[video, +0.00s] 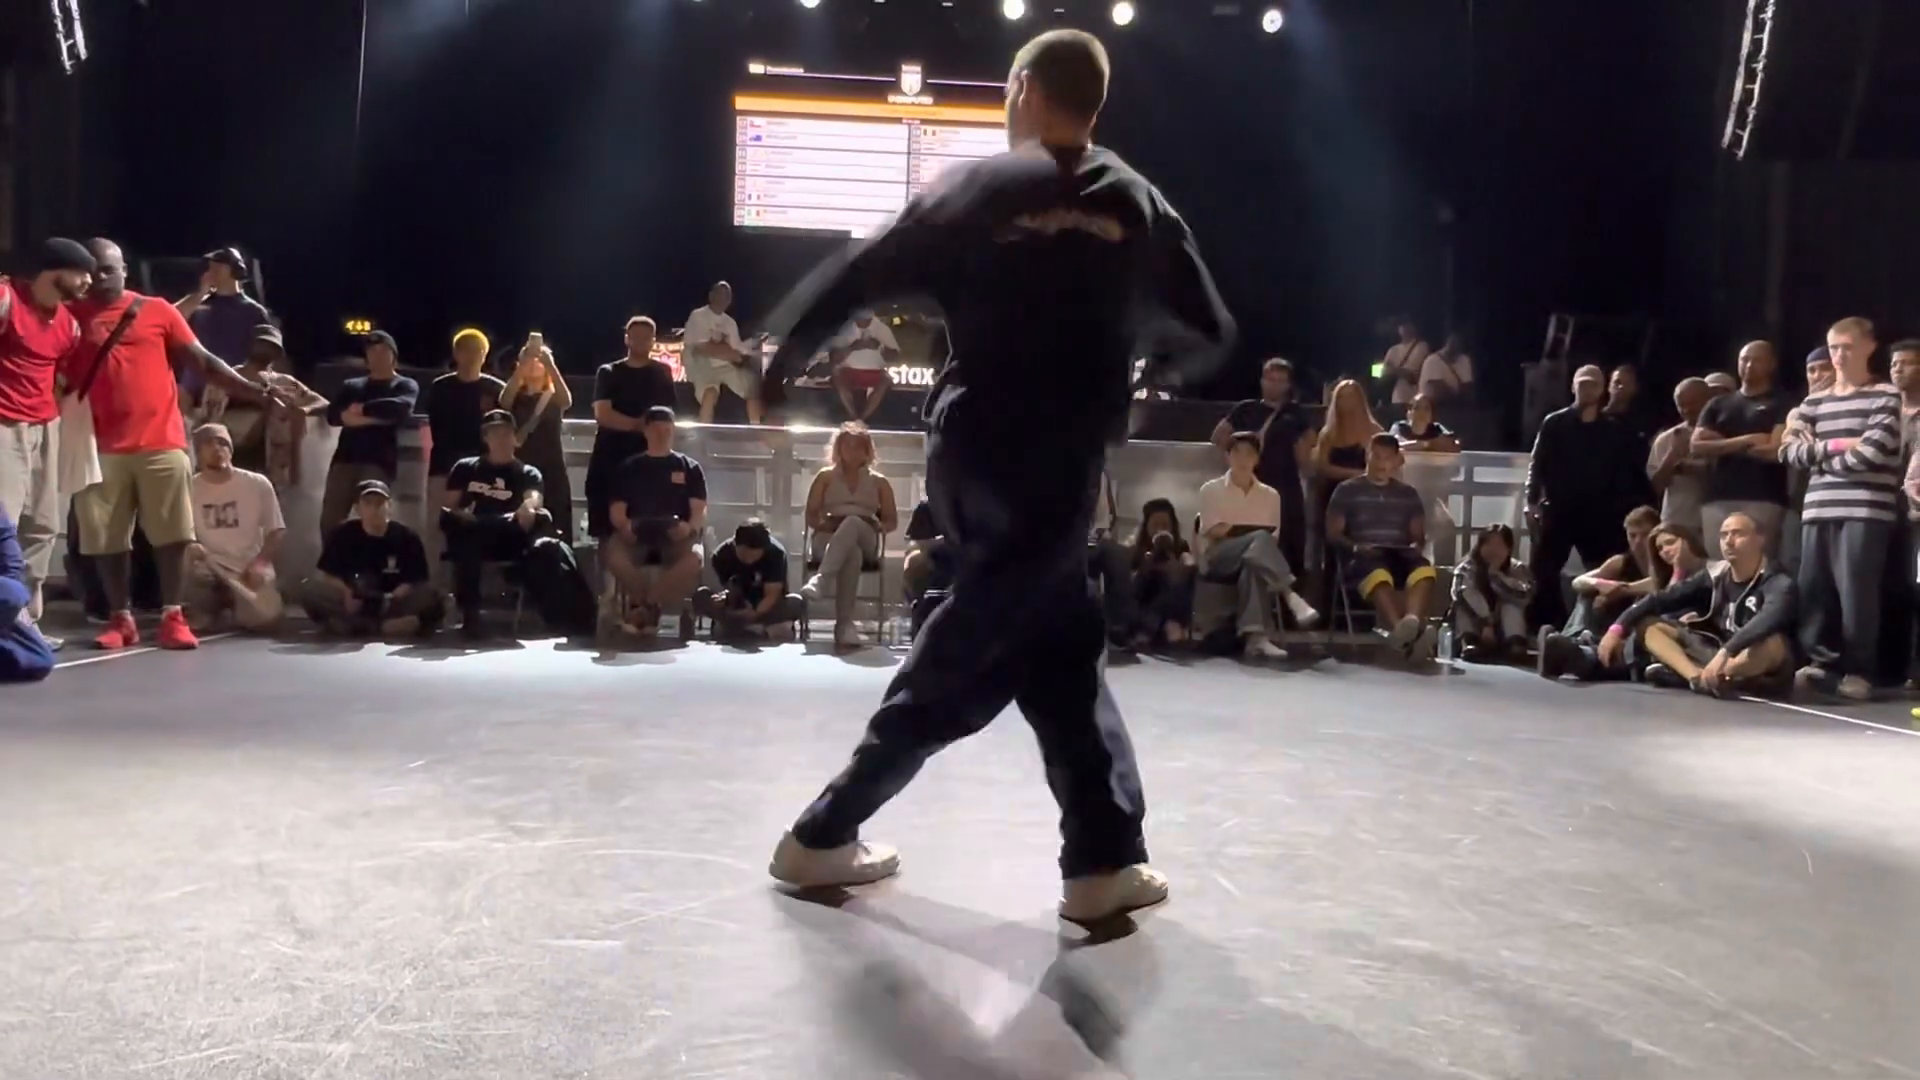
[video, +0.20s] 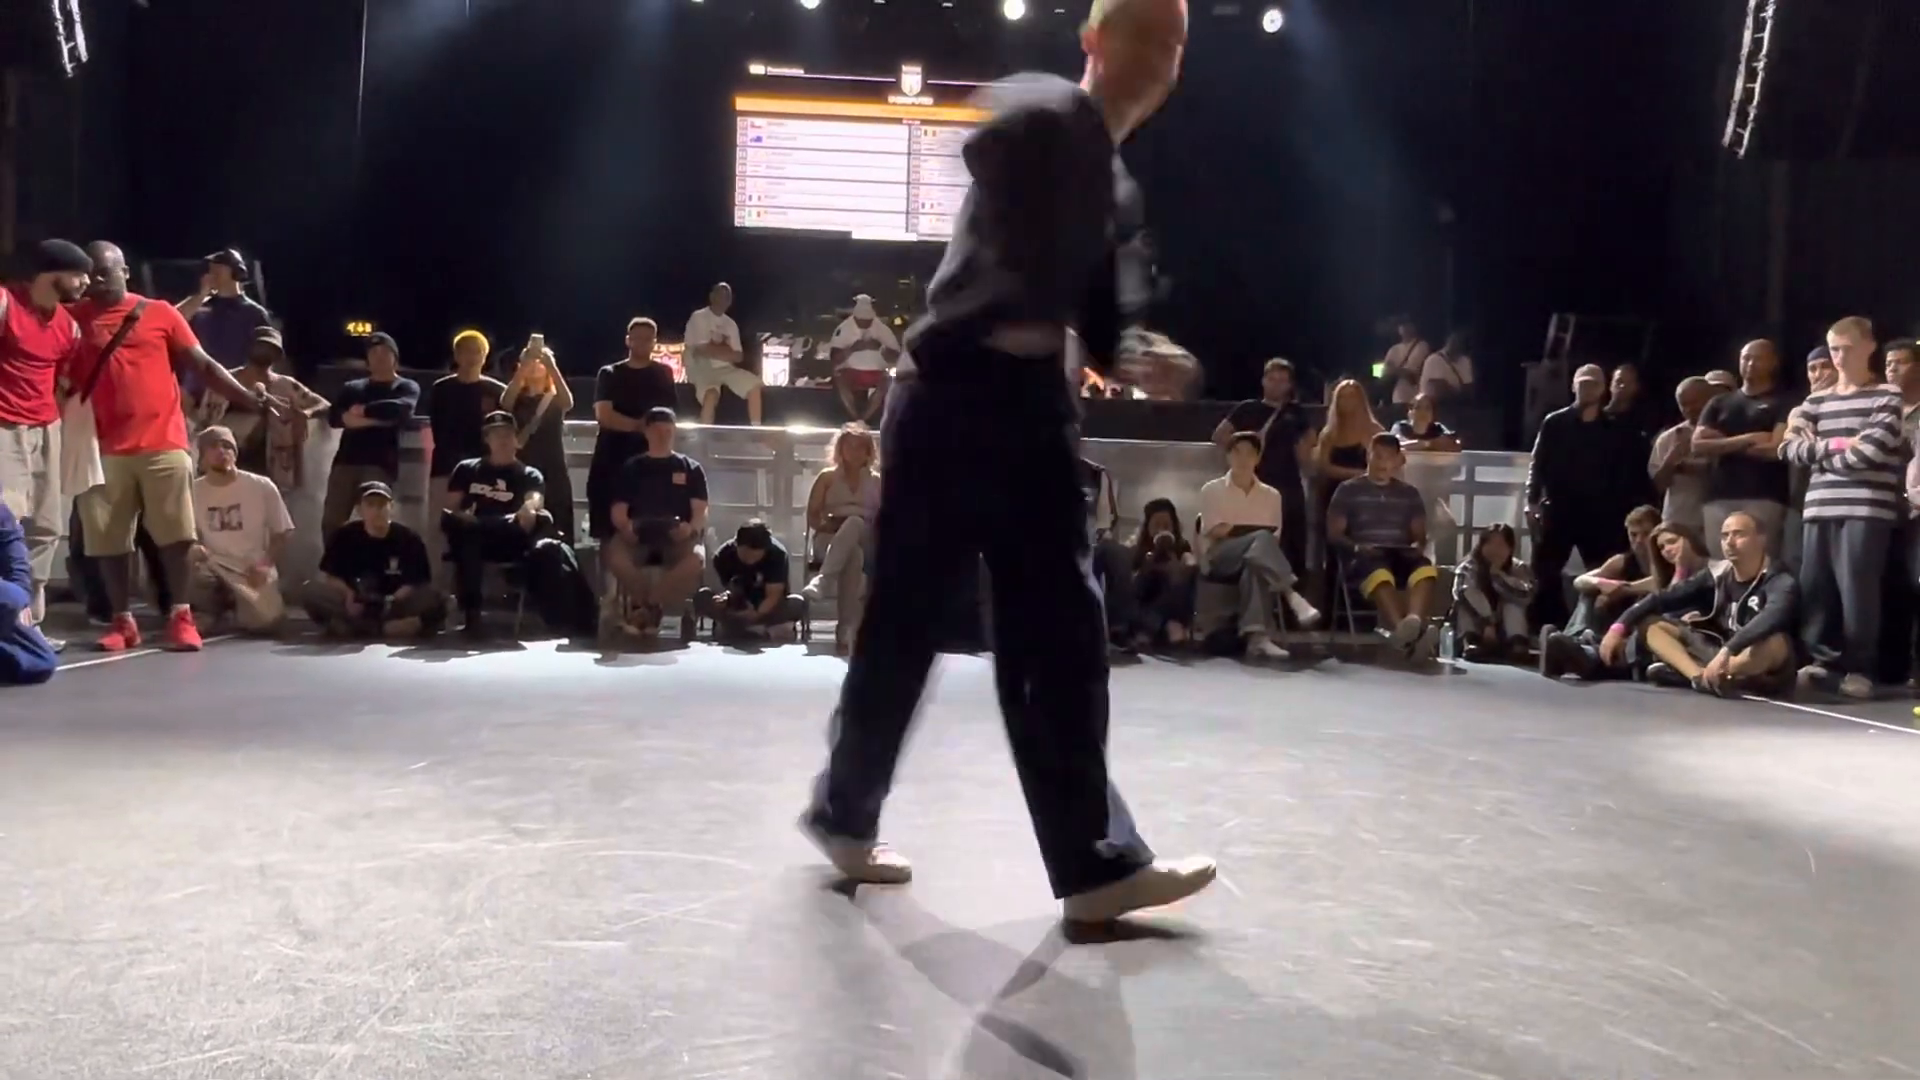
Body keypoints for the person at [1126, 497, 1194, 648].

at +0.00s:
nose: (1160, 531)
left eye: (1165, 525)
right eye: (1155, 525)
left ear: (1173, 526)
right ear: (1146, 526)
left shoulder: (1180, 546)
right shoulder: (1137, 550)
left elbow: (1189, 568)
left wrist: (1168, 552)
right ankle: (1172, 624)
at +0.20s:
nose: (1161, 531)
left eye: (1166, 526)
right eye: (1156, 526)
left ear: (1174, 526)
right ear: (1147, 527)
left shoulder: (1182, 548)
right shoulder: (1138, 551)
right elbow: (1132, 584)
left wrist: (1169, 553)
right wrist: (1150, 563)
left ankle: (1146, 632)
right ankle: (1171, 625)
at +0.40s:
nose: (1163, 532)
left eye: (1168, 527)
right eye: (1158, 527)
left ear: (1176, 527)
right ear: (1149, 528)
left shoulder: (1184, 548)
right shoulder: (1139, 551)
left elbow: (1193, 569)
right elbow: (1134, 584)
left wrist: (1171, 554)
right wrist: (1153, 562)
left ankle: (1181, 627)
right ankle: (1175, 627)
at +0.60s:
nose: (1165, 530)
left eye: (1170, 525)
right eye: (1159, 524)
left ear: (1178, 525)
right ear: (1150, 526)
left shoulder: (1185, 545)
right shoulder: (1140, 549)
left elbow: (1195, 564)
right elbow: (1136, 583)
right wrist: (1155, 557)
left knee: (1184, 575)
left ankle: (1150, 630)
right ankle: (1176, 622)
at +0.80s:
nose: (1168, 530)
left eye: (1173, 525)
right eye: (1163, 525)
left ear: (1181, 525)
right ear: (1154, 526)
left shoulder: (1188, 545)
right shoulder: (1144, 548)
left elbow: (1199, 565)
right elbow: (1139, 582)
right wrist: (1157, 561)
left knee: (1188, 575)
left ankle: (1154, 630)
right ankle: (1179, 622)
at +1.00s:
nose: (1170, 531)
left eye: (1175, 526)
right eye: (1165, 525)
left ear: (1184, 526)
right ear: (1156, 526)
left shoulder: (1191, 547)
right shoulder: (1145, 550)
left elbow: (1201, 567)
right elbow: (1142, 583)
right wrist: (1160, 562)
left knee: (1192, 576)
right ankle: (1182, 623)